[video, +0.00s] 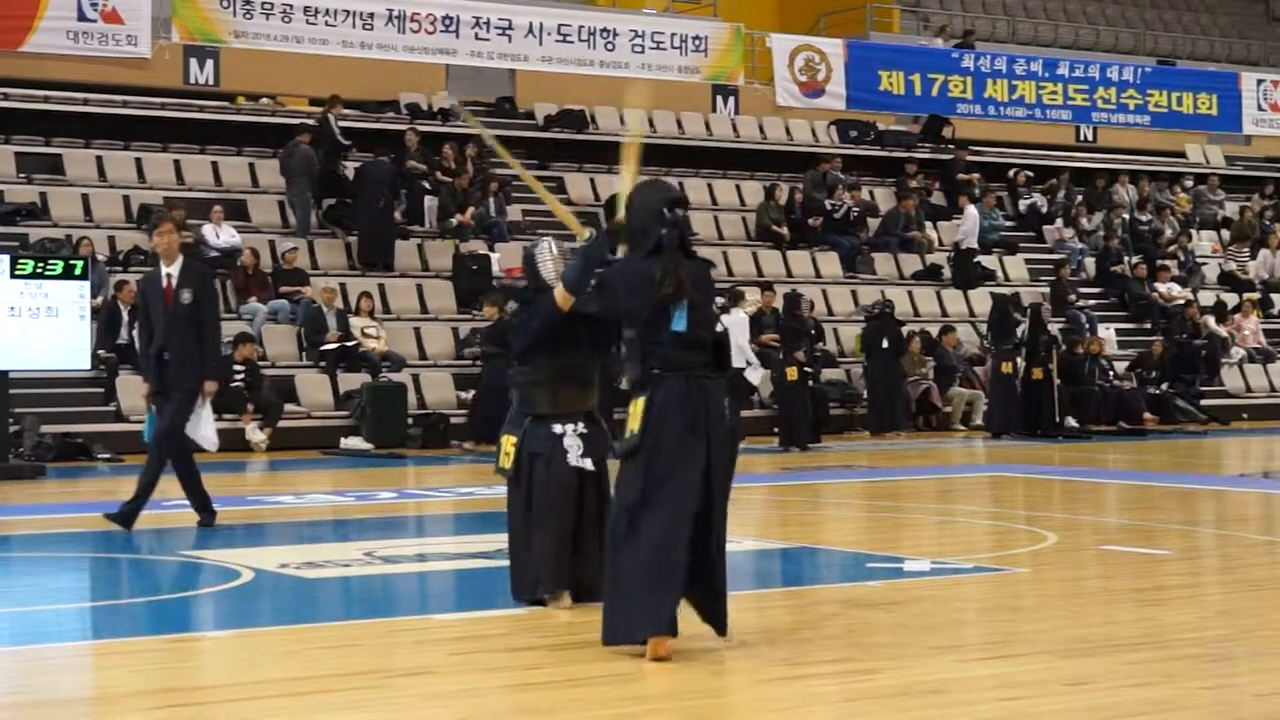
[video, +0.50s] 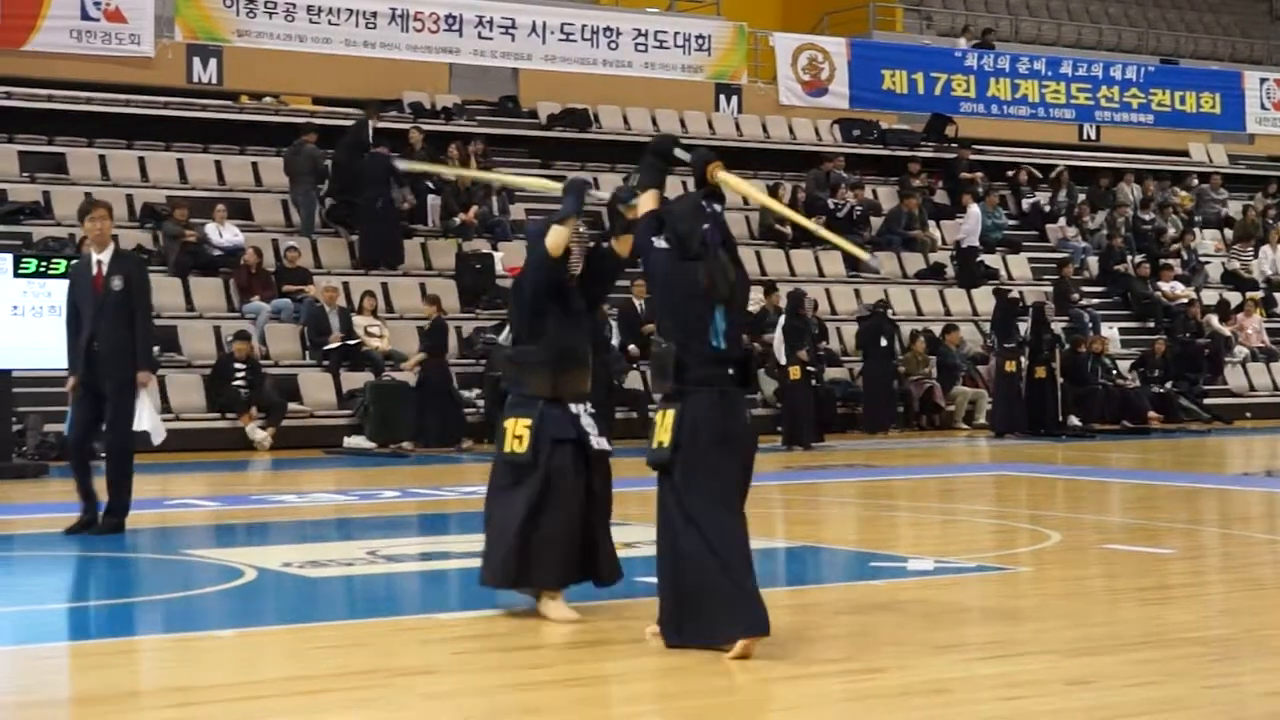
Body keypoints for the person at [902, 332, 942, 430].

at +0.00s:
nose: (919, 345)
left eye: (919, 343)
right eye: (916, 343)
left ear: (921, 344)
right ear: (909, 345)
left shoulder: (922, 359)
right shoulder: (905, 359)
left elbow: (927, 374)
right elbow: (908, 373)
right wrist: (921, 371)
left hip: (922, 382)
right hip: (909, 384)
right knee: (927, 388)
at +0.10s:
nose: (919, 345)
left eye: (920, 343)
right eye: (916, 343)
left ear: (921, 344)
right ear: (910, 344)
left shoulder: (923, 359)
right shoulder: (905, 357)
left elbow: (927, 373)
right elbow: (909, 373)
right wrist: (922, 371)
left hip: (923, 381)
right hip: (910, 383)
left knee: (931, 388)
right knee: (928, 387)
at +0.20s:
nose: (920, 345)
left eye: (920, 343)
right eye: (917, 343)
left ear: (921, 344)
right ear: (910, 345)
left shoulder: (923, 359)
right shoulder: (905, 358)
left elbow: (927, 371)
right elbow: (904, 372)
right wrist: (921, 371)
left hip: (922, 381)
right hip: (909, 382)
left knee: (929, 389)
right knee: (929, 387)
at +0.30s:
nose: (921, 346)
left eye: (921, 343)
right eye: (918, 343)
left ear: (923, 344)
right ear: (911, 345)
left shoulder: (925, 359)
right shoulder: (905, 358)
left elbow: (931, 374)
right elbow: (907, 372)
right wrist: (922, 371)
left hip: (924, 382)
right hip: (910, 383)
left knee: (929, 389)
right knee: (930, 387)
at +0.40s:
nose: (922, 346)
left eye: (922, 343)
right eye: (919, 343)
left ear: (924, 344)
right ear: (912, 345)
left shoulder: (925, 359)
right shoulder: (905, 358)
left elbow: (930, 373)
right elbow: (904, 371)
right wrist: (922, 371)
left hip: (924, 381)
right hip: (910, 382)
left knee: (930, 388)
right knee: (929, 388)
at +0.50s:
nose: (924, 345)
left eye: (924, 342)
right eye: (921, 342)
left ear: (925, 344)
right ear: (913, 344)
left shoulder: (926, 358)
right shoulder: (908, 357)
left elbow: (930, 372)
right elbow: (909, 371)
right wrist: (924, 371)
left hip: (925, 380)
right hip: (912, 382)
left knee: (933, 387)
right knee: (929, 388)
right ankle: (922, 418)